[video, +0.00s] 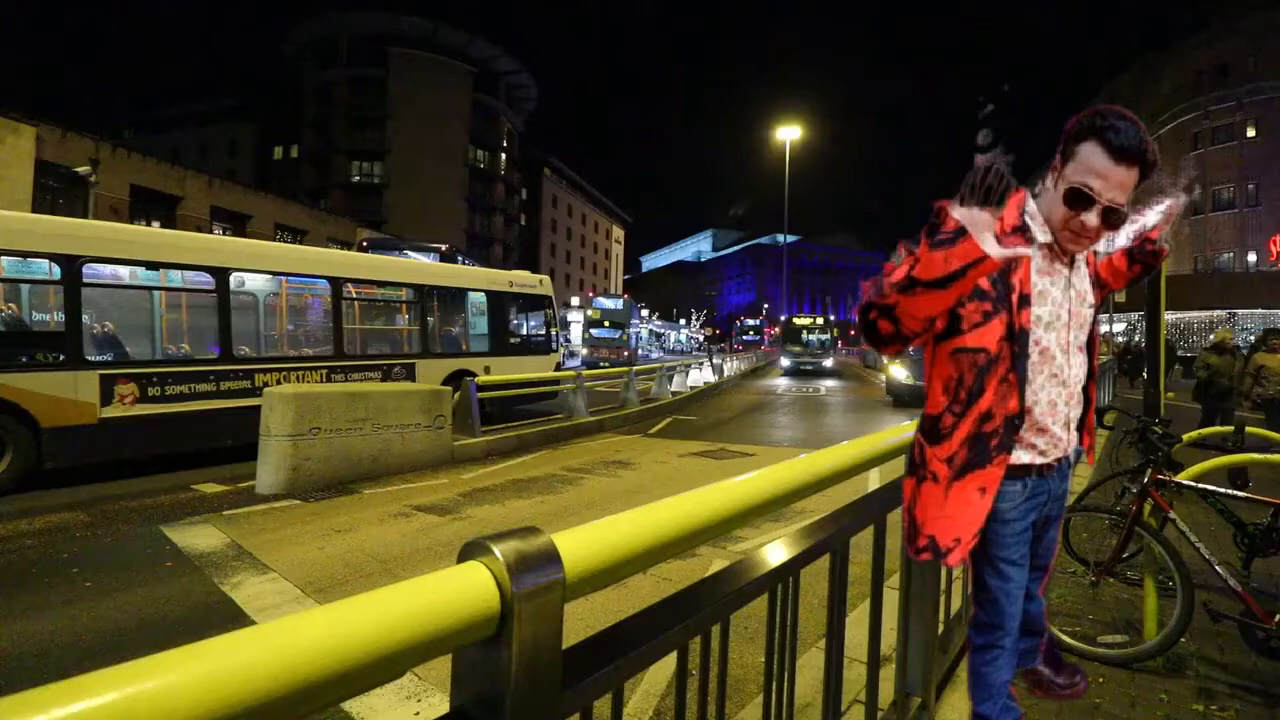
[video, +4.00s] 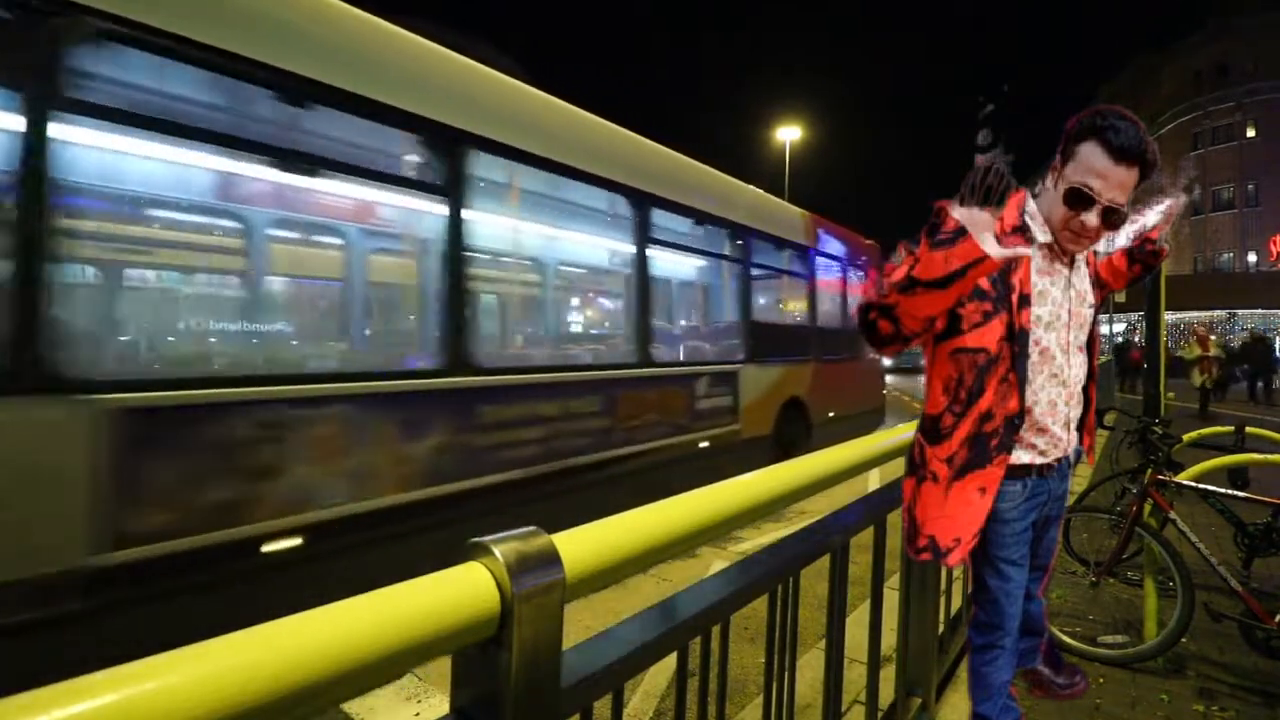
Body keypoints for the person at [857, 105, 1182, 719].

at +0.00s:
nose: (1089, 222)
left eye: (1110, 212)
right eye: (1080, 197)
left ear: (1123, 211)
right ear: (1052, 171)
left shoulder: (1084, 263)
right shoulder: (985, 241)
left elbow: (1115, 271)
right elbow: (882, 326)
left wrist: (1151, 240)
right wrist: (966, 244)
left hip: (1057, 466)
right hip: (999, 473)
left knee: (1035, 580)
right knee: (1000, 611)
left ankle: (1028, 658)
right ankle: (993, 709)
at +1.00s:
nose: (1090, 222)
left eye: (1110, 211)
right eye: (1080, 197)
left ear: (1123, 210)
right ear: (1052, 171)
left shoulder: (1084, 263)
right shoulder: (985, 242)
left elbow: (1115, 271)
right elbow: (879, 325)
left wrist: (1152, 239)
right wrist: (964, 248)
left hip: (1057, 466)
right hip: (999, 474)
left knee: (1035, 580)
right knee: (1000, 613)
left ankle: (1028, 659)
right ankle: (994, 710)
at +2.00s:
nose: (1089, 222)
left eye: (1109, 212)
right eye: (1080, 197)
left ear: (1123, 211)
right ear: (1052, 171)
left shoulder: (1083, 263)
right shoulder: (982, 241)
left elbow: (1111, 274)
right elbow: (882, 328)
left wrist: (1150, 241)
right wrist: (963, 246)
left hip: (1057, 468)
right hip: (1000, 474)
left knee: (1034, 581)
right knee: (1000, 612)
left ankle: (1028, 659)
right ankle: (994, 709)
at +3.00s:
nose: (1089, 222)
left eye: (1109, 212)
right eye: (1080, 197)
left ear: (1123, 211)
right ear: (1052, 171)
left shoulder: (1083, 263)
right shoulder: (984, 242)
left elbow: (1110, 274)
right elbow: (883, 327)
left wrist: (1150, 241)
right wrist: (963, 244)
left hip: (1057, 467)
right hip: (1000, 474)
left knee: (1035, 581)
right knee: (1000, 611)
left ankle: (1028, 659)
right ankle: (994, 709)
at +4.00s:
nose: (1089, 222)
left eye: (1109, 212)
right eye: (1080, 198)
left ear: (1123, 211)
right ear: (1052, 171)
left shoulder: (1084, 264)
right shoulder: (985, 242)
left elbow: (1116, 271)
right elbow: (883, 327)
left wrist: (1151, 240)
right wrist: (962, 245)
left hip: (1057, 467)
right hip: (1000, 474)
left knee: (1035, 581)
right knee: (1000, 611)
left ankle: (1028, 659)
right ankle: (994, 709)